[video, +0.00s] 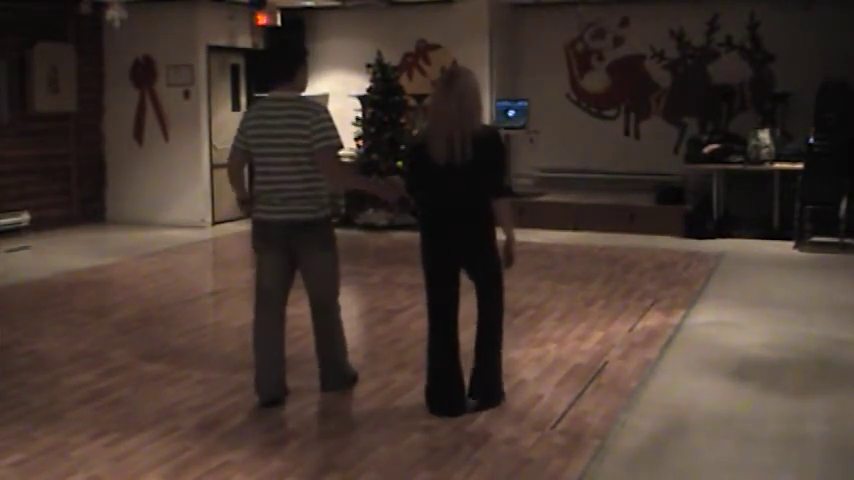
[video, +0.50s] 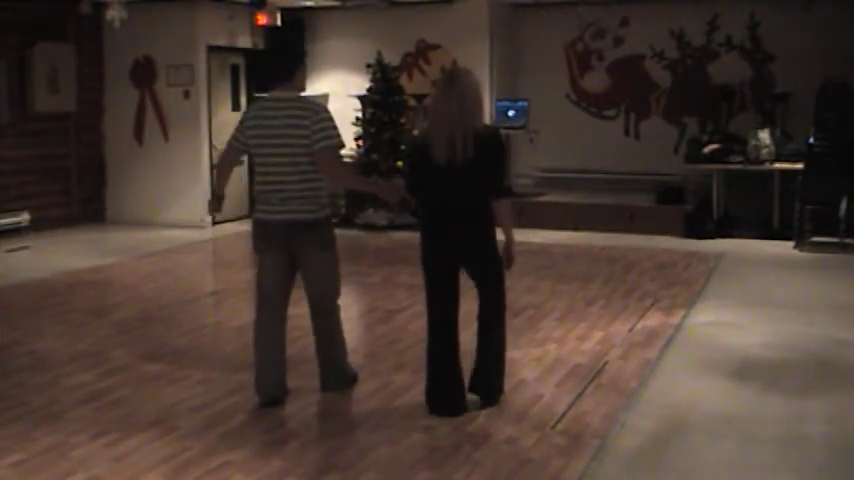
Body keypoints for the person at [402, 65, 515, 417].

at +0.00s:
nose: (475, 103)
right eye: (474, 97)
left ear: (437, 101)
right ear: (475, 101)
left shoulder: (421, 145)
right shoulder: (486, 140)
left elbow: (415, 196)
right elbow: (498, 195)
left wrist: (430, 223)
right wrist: (509, 237)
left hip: (436, 243)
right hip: (477, 241)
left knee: (441, 317)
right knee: (491, 309)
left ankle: (443, 396)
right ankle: (486, 389)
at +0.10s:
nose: (475, 103)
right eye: (474, 97)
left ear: (437, 101)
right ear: (475, 101)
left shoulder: (421, 144)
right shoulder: (486, 140)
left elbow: (416, 196)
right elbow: (498, 195)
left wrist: (430, 222)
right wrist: (509, 237)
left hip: (436, 243)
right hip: (477, 240)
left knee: (441, 317)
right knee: (492, 307)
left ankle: (443, 396)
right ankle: (487, 389)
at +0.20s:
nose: (475, 104)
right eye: (474, 97)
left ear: (437, 102)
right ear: (475, 102)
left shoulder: (422, 146)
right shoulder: (487, 140)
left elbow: (415, 196)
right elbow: (498, 196)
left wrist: (430, 222)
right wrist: (509, 238)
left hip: (436, 243)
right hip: (476, 241)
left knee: (441, 316)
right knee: (489, 309)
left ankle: (442, 395)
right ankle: (487, 389)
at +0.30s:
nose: (476, 104)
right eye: (475, 98)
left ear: (437, 101)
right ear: (475, 101)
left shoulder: (422, 145)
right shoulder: (487, 140)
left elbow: (416, 196)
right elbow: (498, 196)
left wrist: (431, 224)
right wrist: (508, 239)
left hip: (436, 244)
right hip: (476, 242)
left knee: (441, 317)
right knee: (486, 313)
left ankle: (442, 395)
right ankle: (483, 390)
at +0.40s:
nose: (476, 103)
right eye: (475, 97)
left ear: (437, 101)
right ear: (476, 101)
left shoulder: (422, 145)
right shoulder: (487, 140)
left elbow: (415, 196)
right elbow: (498, 196)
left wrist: (431, 223)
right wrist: (508, 238)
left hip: (436, 243)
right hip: (476, 241)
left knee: (441, 319)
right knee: (487, 314)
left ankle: (442, 395)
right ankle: (484, 389)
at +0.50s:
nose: (477, 103)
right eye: (476, 97)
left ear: (437, 101)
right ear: (476, 101)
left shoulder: (422, 144)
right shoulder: (487, 140)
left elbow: (415, 195)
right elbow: (498, 196)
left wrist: (431, 221)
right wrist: (509, 238)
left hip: (436, 242)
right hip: (476, 240)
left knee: (441, 316)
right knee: (492, 299)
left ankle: (443, 397)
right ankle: (487, 384)